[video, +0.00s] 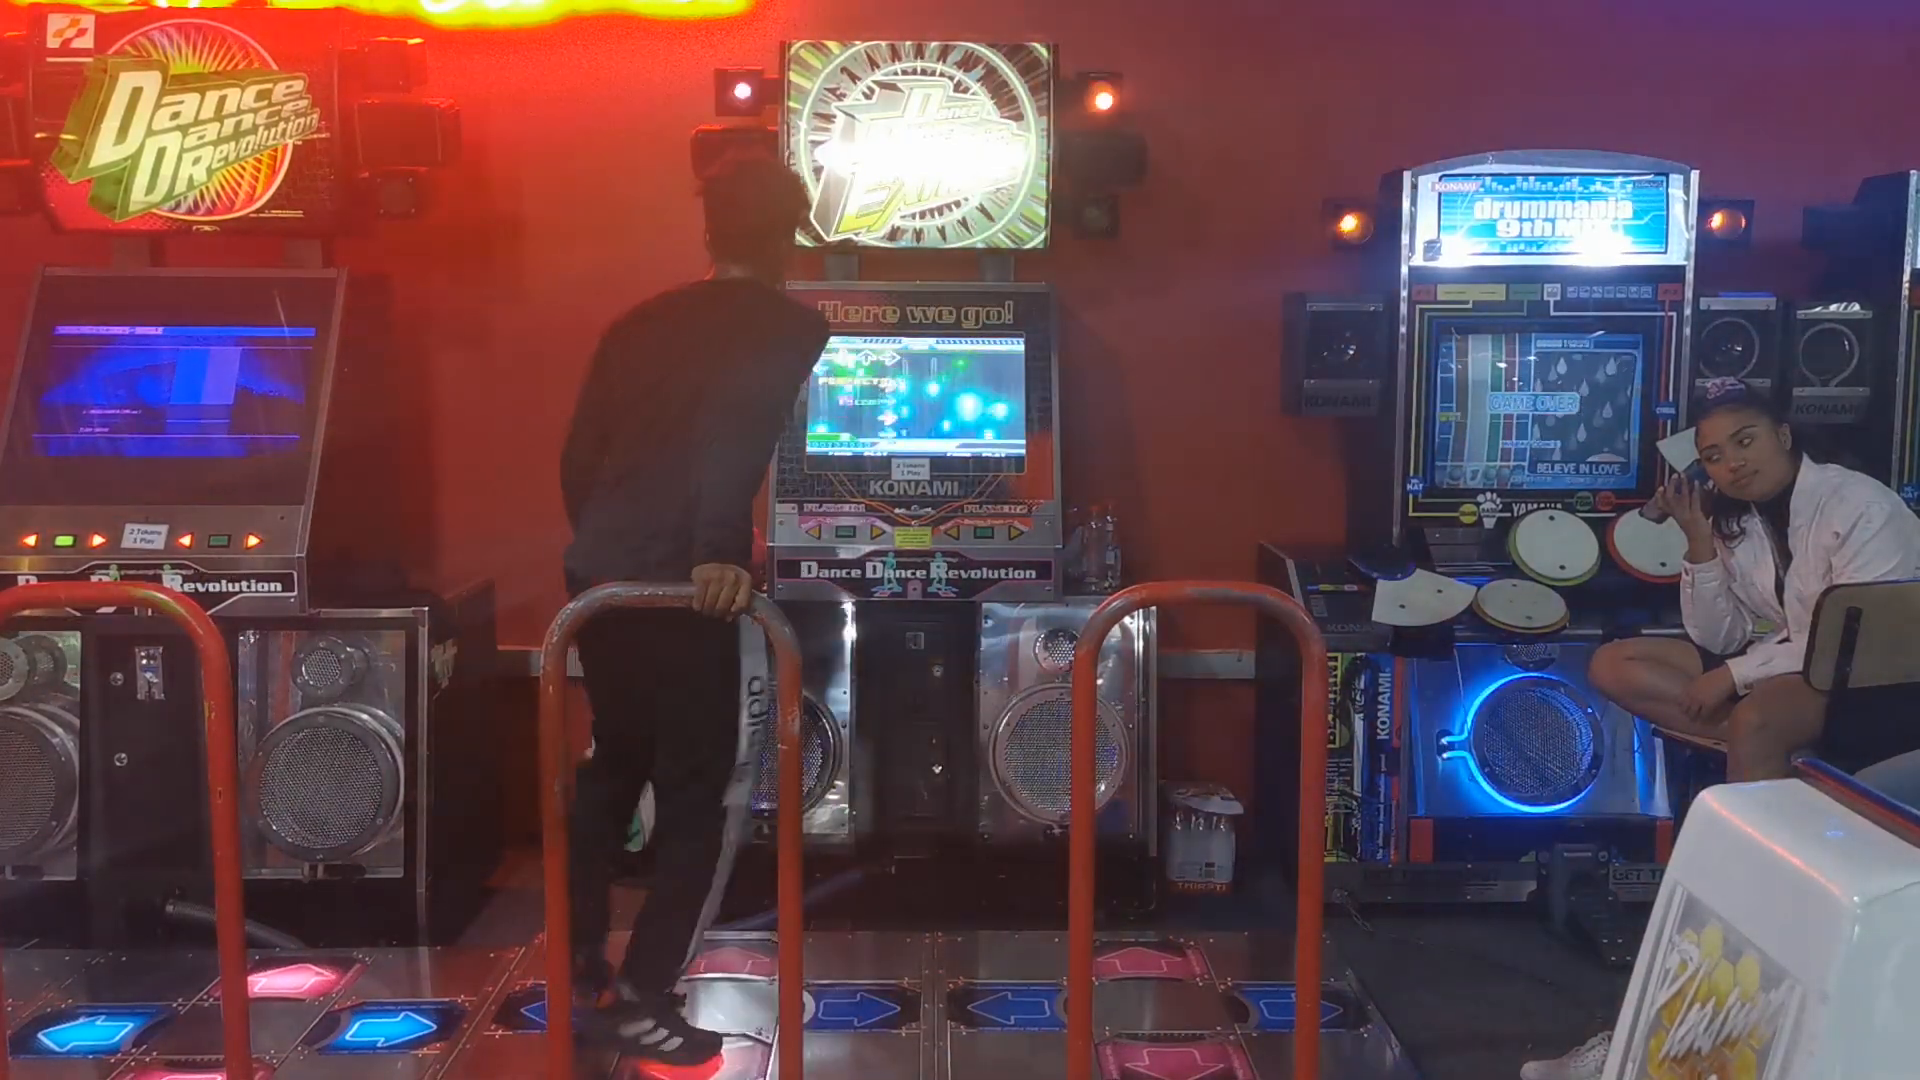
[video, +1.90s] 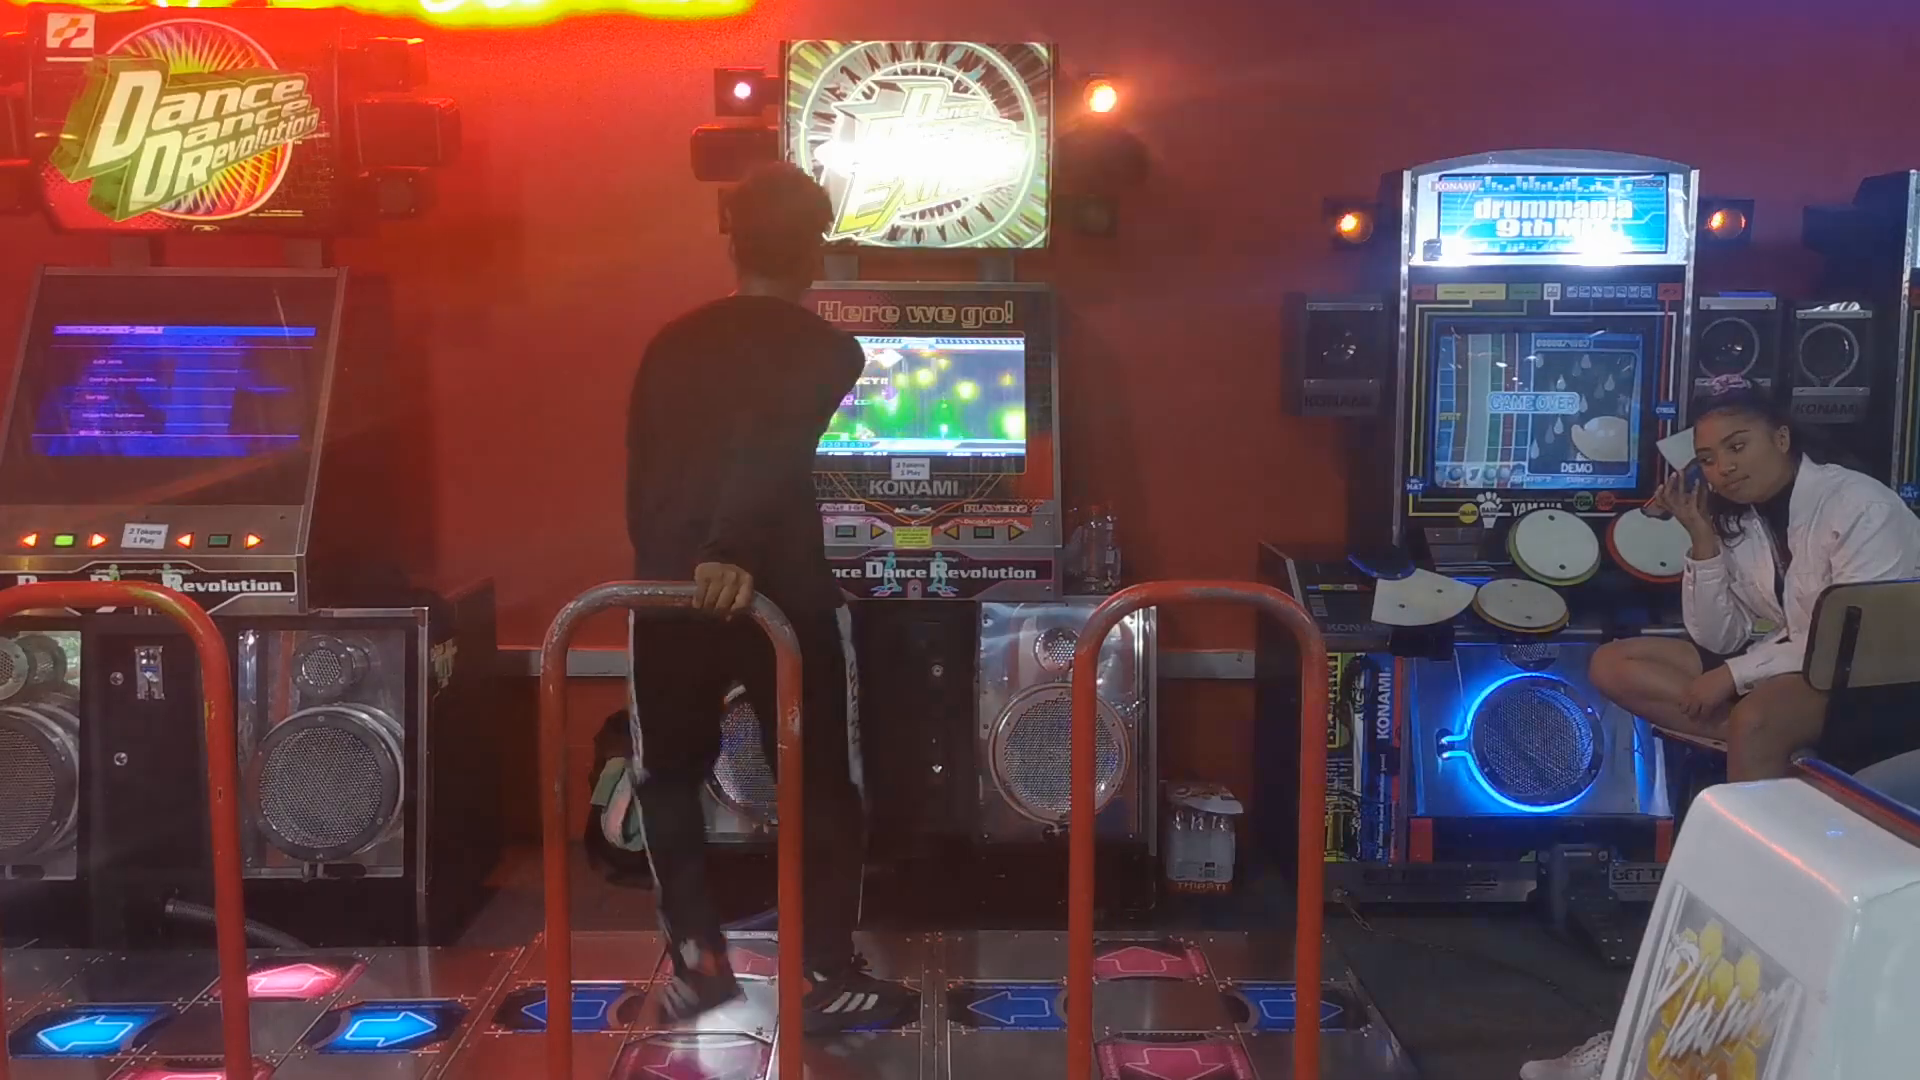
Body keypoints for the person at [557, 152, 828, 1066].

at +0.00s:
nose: (791, 247)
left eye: (775, 229)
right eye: (791, 232)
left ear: (712, 233)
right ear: (788, 235)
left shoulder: (636, 323)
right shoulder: (790, 325)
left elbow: (580, 456)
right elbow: (739, 432)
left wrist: (602, 554)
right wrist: (722, 541)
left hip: (600, 575)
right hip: (693, 578)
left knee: (614, 758)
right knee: (692, 795)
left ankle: (580, 953)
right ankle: (644, 1003)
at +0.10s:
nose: (794, 247)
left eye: (786, 231)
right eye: (791, 233)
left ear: (706, 235)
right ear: (779, 235)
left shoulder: (631, 324)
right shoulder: (778, 318)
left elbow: (587, 459)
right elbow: (729, 422)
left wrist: (618, 544)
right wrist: (721, 542)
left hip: (609, 585)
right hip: (703, 583)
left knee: (617, 791)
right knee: (776, 754)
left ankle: (596, 994)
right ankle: (690, 944)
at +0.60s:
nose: (804, 260)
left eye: (799, 247)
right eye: (801, 247)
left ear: (719, 255)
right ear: (790, 254)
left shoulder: (658, 348)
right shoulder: (781, 341)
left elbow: (637, 481)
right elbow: (719, 433)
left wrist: (651, 569)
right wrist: (720, 546)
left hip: (643, 600)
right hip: (740, 591)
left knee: (662, 771)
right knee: (842, 741)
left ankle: (602, 973)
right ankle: (820, 946)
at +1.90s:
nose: (820, 256)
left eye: (813, 242)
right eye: (819, 243)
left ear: (734, 249)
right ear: (811, 249)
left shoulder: (672, 343)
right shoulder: (822, 344)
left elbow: (642, 480)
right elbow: (773, 438)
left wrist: (668, 568)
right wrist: (734, 544)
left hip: (674, 591)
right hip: (781, 587)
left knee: (670, 769)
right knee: (819, 773)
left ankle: (699, 963)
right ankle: (832, 973)